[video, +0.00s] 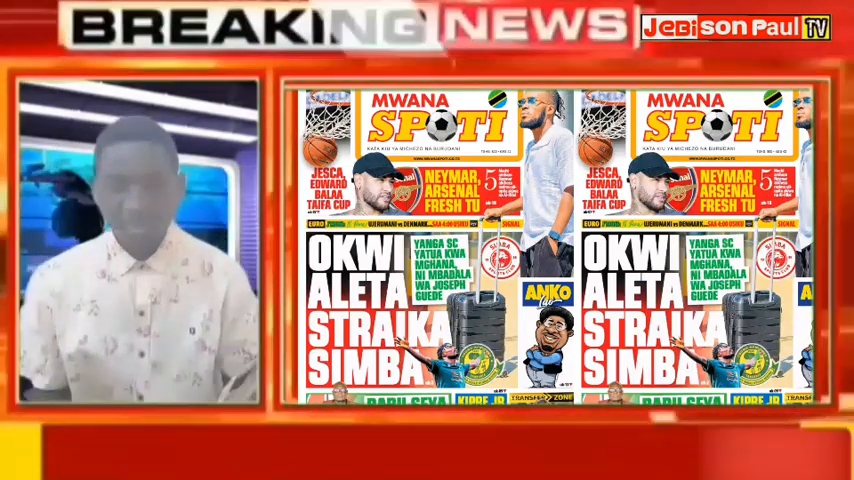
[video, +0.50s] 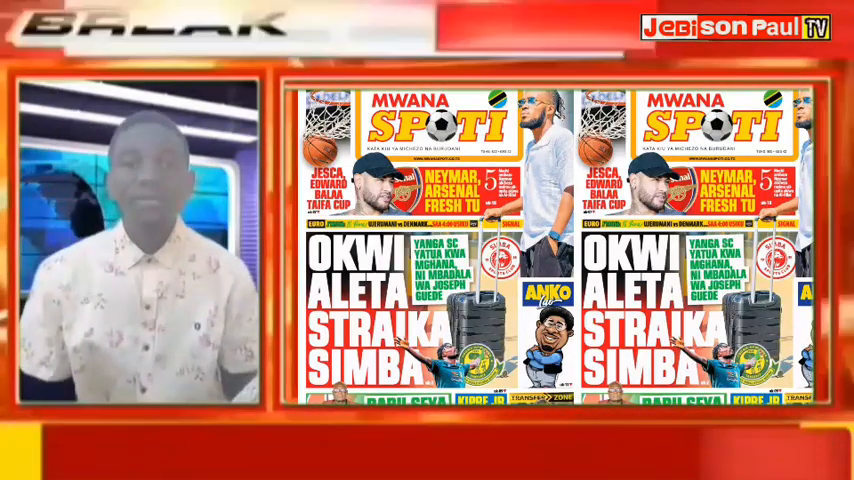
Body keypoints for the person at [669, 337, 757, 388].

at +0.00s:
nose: (729, 348)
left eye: (729, 347)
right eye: (724, 347)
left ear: (731, 351)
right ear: (718, 353)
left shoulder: (737, 366)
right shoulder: (714, 364)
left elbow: (749, 365)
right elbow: (698, 359)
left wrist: (754, 359)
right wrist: (684, 348)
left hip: (736, 401)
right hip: (720, 401)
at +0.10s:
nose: (728, 349)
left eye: (729, 347)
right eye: (724, 347)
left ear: (731, 351)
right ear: (718, 353)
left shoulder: (737, 366)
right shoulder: (714, 364)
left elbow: (750, 365)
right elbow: (698, 359)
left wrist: (754, 359)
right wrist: (684, 348)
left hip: (737, 401)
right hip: (720, 401)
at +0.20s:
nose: (728, 349)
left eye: (729, 347)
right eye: (724, 347)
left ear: (731, 351)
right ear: (718, 353)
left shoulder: (737, 366)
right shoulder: (714, 364)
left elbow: (749, 365)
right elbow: (698, 359)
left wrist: (754, 359)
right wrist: (684, 348)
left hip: (736, 400)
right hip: (720, 400)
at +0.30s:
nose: (728, 349)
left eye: (729, 347)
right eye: (724, 347)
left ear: (731, 351)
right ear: (718, 353)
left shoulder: (737, 366)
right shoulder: (714, 364)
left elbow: (749, 365)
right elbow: (698, 359)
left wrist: (754, 359)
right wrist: (684, 348)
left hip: (736, 401)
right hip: (720, 401)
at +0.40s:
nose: (728, 349)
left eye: (729, 347)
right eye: (724, 347)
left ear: (731, 351)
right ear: (718, 353)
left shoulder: (737, 366)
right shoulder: (714, 364)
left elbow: (749, 365)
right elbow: (698, 359)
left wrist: (754, 359)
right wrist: (684, 348)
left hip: (736, 400)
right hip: (720, 400)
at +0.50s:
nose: (728, 349)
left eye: (729, 347)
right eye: (724, 347)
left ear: (731, 351)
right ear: (718, 353)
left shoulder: (737, 366)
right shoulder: (714, 364)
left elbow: (749, 365)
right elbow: (698, 359)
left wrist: (754, 359)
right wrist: (684, 348)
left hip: (736, 401)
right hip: (720, 401)